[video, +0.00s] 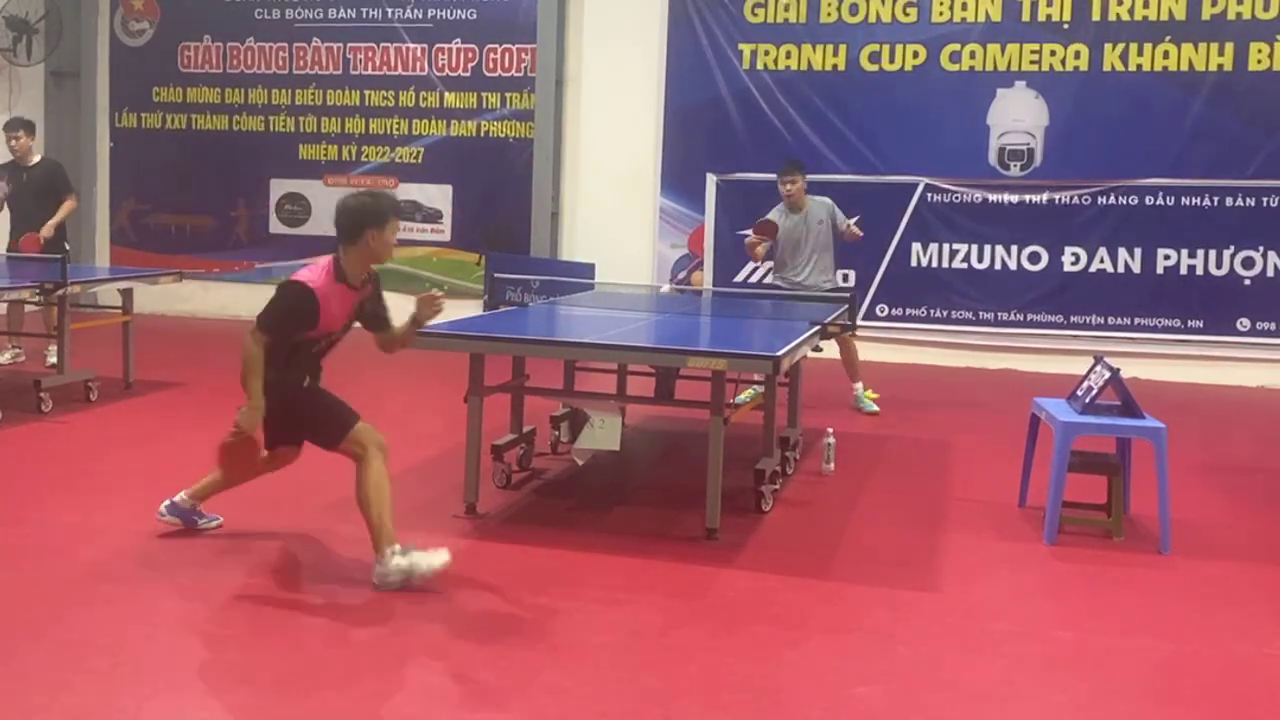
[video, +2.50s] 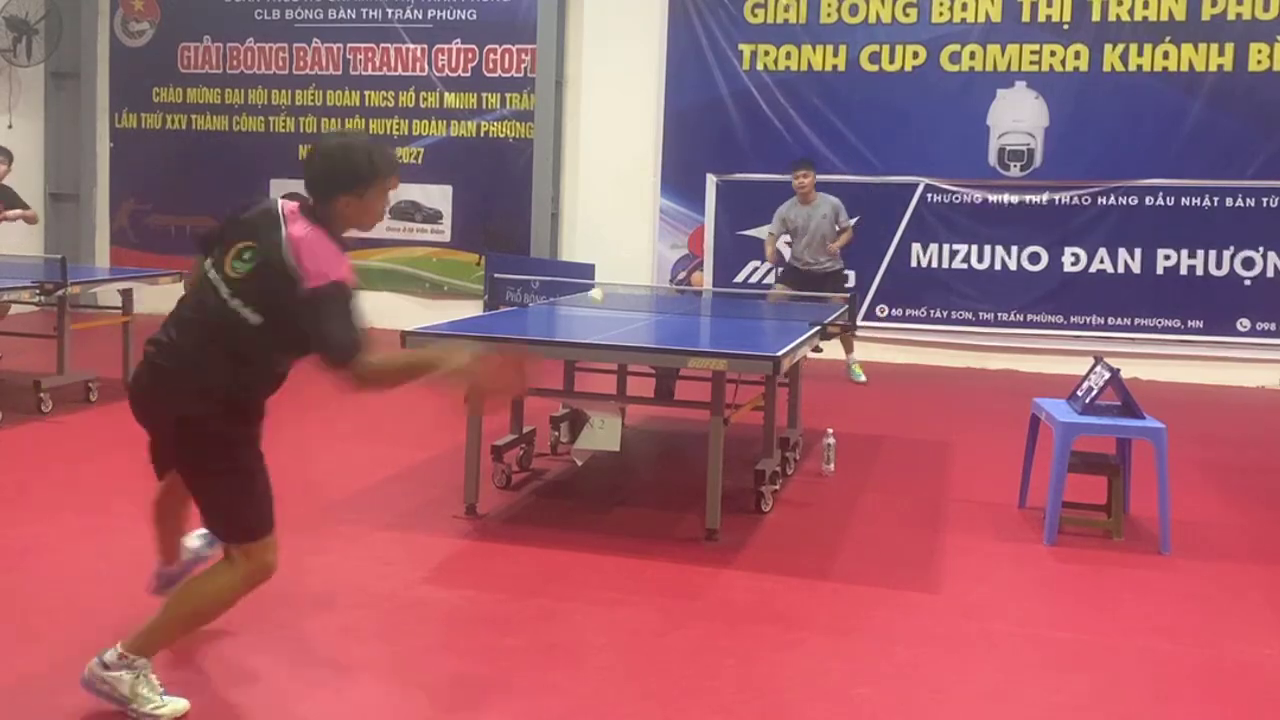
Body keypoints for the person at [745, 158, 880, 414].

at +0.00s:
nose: (787, 189)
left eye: (792, 183)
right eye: (783, 184)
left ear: (804, 183)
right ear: (779, 187)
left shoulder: (825, 206)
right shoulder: (775, 215)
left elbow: (845, 232)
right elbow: (760, 254)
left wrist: (852, 233)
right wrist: (753, 248)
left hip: (824, 290)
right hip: (786, 290)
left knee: (845, 337)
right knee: (770, 336)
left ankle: (859, 392)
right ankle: (763, 386)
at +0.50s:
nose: (768, 212)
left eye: (772, 207)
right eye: (764, 208)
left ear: (786, 206)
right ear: (761, 209)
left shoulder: (808, 227)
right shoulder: (759, 234)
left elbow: (824, 256)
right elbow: (742, 260)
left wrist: (827, 266)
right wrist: (732, 262)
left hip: (806, 295)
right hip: (770, 295)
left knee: (828, 334)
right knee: (736, 326)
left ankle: (838, 388)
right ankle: (722, 380)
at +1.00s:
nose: (721, 169)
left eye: (726, 164)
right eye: (718, 166)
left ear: (738, 166)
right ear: (715, 171)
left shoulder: (761, 185)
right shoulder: (713, 202)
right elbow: (707, 239)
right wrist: (697, 270)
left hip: (762, 264)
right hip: (729, 265)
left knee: (766, 315)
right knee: (711, 306)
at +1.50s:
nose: (777, 214)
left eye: (781, 209)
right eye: (773, 209)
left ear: (790, 210)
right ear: (767, 210)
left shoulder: (801, 229)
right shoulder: (756, 237)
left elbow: (809, 248)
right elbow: (746, 267)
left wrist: (815, 266)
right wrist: (765, 284)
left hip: (793, 291)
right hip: (763, 293)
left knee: (820, 317)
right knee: (759, 328)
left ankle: (818, 364)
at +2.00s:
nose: (845, 185)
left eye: (850, 180)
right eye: (841, 181)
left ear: (859, 183)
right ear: (835, 185)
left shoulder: (874, 205)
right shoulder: (828, 213)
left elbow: (895, 216)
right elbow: (812, 239)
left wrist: (917, 231)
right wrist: (807, 236)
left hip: (868, 274)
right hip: (834, 275)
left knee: (879, 317)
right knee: (811, 316)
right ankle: (804, 360)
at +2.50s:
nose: (801, 181)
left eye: (805, 177)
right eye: (797, 178)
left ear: (814, 179)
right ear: (792, 182)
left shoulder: (832, 204)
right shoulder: (785, 210)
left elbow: (848, 230)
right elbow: (772, 236)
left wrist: (838, 244)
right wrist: (771, 252)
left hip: (830, 271)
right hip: (797, 269)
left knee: (841, 314)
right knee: (773, 301)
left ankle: (851, 361)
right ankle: (782, 353)